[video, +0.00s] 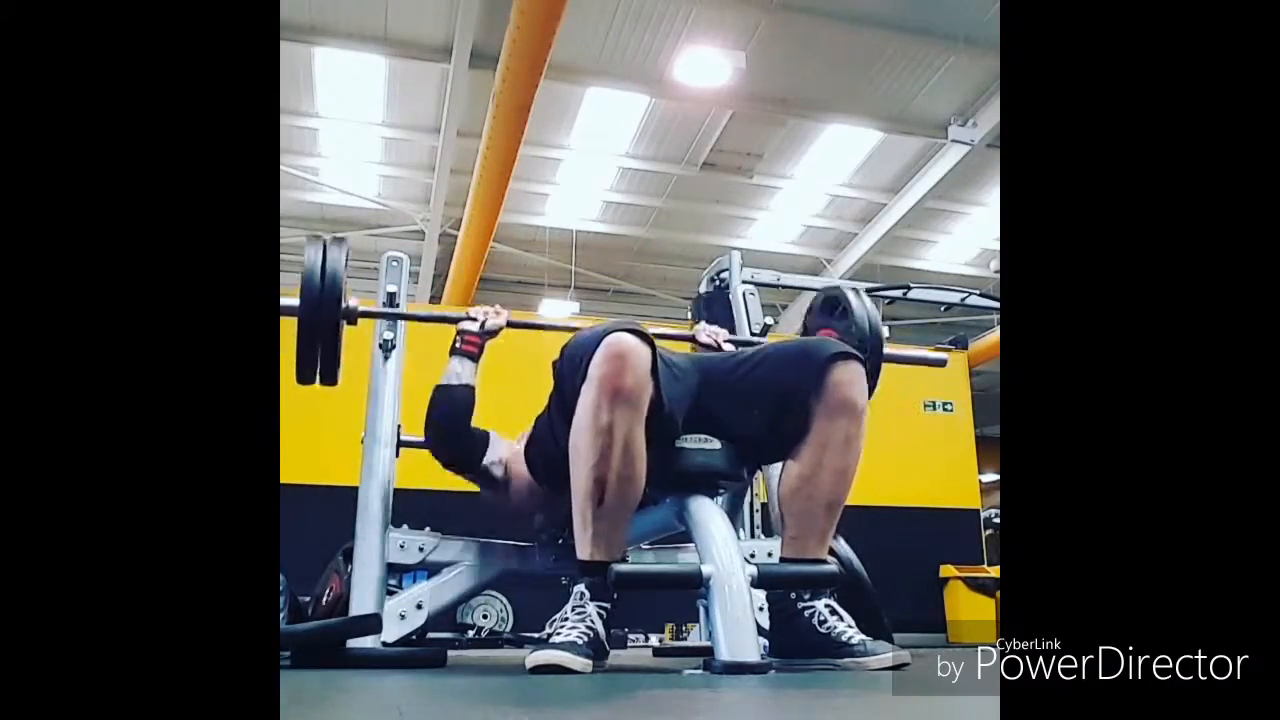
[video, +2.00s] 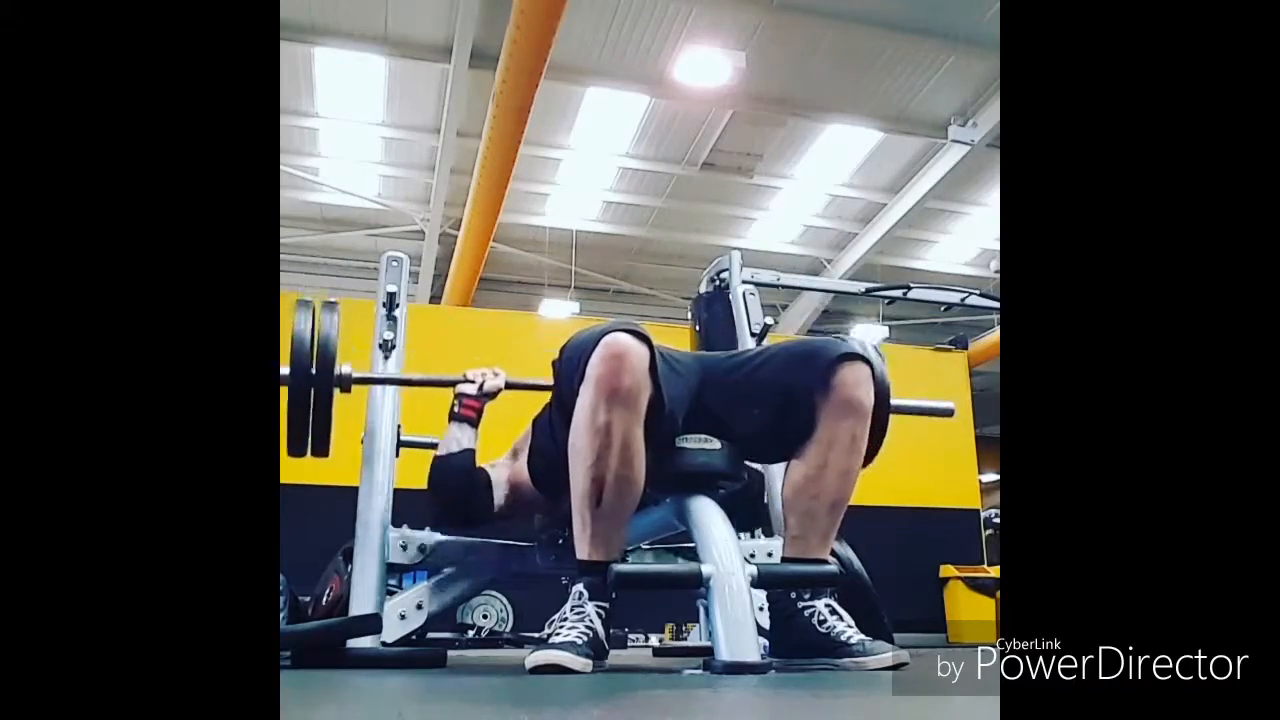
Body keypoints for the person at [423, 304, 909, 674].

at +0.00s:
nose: (509, 496)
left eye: (502, 490)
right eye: (501, 490)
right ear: (506, 477)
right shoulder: (524, 461)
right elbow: (448, 433)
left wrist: (717, 355)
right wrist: (468, 344)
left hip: (713, 385)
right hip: (642, 374)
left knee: (841, 373)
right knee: (620, 353)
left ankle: (799, 610)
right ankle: (587, 606)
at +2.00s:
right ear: (496, 498)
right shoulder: (524, 480)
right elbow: (452, 501)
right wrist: (468, 406)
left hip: (707, 376)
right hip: (630, 358)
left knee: (850, 375)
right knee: (618, 357)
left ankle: (800, 607)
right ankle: (587, 606)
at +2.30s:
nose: (495, 456)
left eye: (494, 467)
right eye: (496, 475)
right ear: (511, 482)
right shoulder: (527, 460)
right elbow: (442, 443)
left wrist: (714, 354)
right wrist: (468, 355)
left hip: (700, 377)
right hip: (631, 360)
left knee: (845, 374)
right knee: (617, 355)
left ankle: (801, 609)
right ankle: (587, 606)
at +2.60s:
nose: (497, 441)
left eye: (496, 442)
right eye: (494, 448)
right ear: (503, 471)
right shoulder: (523, 465)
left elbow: (722, 383)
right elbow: (466, 377)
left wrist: (711, 311)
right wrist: (468, 283)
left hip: (685, 382)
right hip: (613, 364)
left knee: (844, 375)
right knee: (618, 351)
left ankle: (798, 607)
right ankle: (586, 605)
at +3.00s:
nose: (491, 464)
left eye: (494, 464)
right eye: (490, 471)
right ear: (499, 475)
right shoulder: (517, 467)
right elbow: (440, 433)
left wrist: (717, 356)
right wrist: (465, 340)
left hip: (708, 389)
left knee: (846, 377)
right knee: (619, 355)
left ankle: (799, 609)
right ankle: (587, 606)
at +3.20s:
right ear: (494, 508)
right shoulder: (525, 490)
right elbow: (450, 498)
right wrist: (466, 407)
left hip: (701, 375)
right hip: (627, 361)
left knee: (850, 375)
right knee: (622, 356)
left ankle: (801, 606)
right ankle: (588, 606)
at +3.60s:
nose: (498, 470)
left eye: (497, 472)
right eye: (493, 476)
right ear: (498, 472)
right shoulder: (519, 460)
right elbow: (443, 428)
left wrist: (723, 348)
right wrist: (463, 339)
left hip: (704, 386)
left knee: (845, 378)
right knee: (621, 355)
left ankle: (798, 609)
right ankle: (587, 606)